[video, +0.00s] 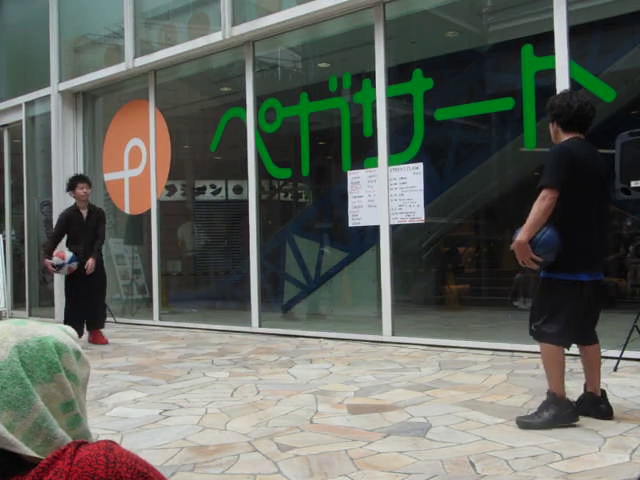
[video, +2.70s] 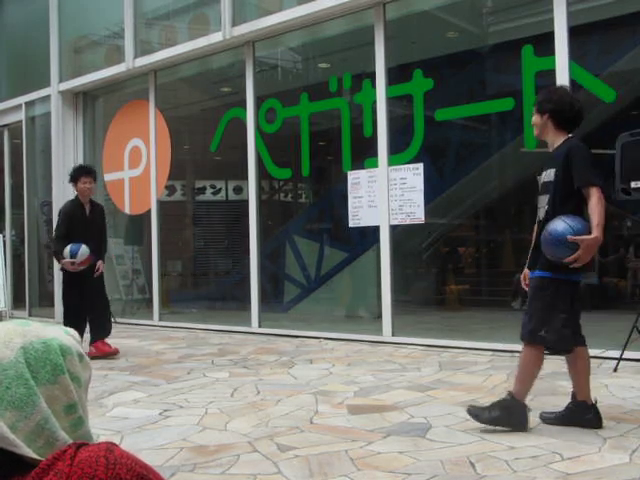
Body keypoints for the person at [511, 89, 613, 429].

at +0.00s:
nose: (549, 128)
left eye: (549, 123)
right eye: (550, 122)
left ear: (555, 125)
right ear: (585, 124)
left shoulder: (561, 154)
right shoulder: (598, 158)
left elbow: (549, 197)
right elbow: (596, 209)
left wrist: (522, 237)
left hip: (563, 263)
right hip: (591, 263)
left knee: (548, 327)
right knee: (585, 328)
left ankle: (557, 402)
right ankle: (594, 397)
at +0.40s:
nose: (560, 131)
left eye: (561, 125)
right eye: (560, 125)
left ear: (570, 124)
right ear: (592, 123)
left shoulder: (581, 147)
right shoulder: (601, 150)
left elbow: (571, 188)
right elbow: (599, 205)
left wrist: (547, 227)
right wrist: (553, 232)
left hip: (587, 260)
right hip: (604, 259)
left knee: (581, 330)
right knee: (602, 334)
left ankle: (592, 404)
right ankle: (596, 398)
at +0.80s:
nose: (581, 123)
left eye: (584, 117)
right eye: (582, 117)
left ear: (598, 117)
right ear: (608, 117)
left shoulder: (611, 146)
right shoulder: (619, 146)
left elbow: (603, 192)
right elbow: (609, 196)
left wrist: (583, 233)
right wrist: (585, 235)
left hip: (617, 261)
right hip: (614, 260)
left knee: (627, 334)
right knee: (607, 331)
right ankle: (597, 396)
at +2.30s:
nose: (557, 118)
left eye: (560, 111)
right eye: (558, 111)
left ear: (574, 113)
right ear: (576, 114)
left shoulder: (598, 146)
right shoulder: (583, 150)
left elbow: (603, 194)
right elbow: (572, 213)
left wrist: (594, 239)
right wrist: (552, 256)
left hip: (586, 252)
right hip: (573, 253)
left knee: (585, 329)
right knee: (579, 330)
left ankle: (636, 387)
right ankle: (583, 404)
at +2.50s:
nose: (545, 118)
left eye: (548, 112)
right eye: (546, 112)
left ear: (561, 115)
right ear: (568, 116)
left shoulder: (587, 147)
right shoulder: (565, 153)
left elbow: (599, 190)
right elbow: (554, 214)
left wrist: (597, 232)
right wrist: (537, 256)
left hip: (571, 259)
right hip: (554, 259)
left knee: (571, 328)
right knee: (557, 329)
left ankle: (591, 401)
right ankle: (584, 398)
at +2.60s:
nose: (540, 118)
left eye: (543, 112)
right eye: (541, 112)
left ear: (556, 116)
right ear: (563, 117)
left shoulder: (580, 148)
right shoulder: (557, 156)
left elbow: (597, 192)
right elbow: (549, 216)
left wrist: (598, 233)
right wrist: (534, 258)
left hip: (562, 261)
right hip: (558, 261)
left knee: (551, 333)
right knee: (573, 333)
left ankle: (550, 412)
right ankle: (584, 405)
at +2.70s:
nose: (532, 120)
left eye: (535, 114)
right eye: (534, 114)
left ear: (548, 117)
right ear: (555, 119)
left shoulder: (575, 150)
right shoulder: (553, 159)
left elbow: (594, 194)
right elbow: (545, 217)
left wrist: (597, 235)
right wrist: (531, 264)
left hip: (555, 263)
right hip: (551, 264)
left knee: (534, 334)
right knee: (570, 335)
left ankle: (514, 404)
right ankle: (583, 405)